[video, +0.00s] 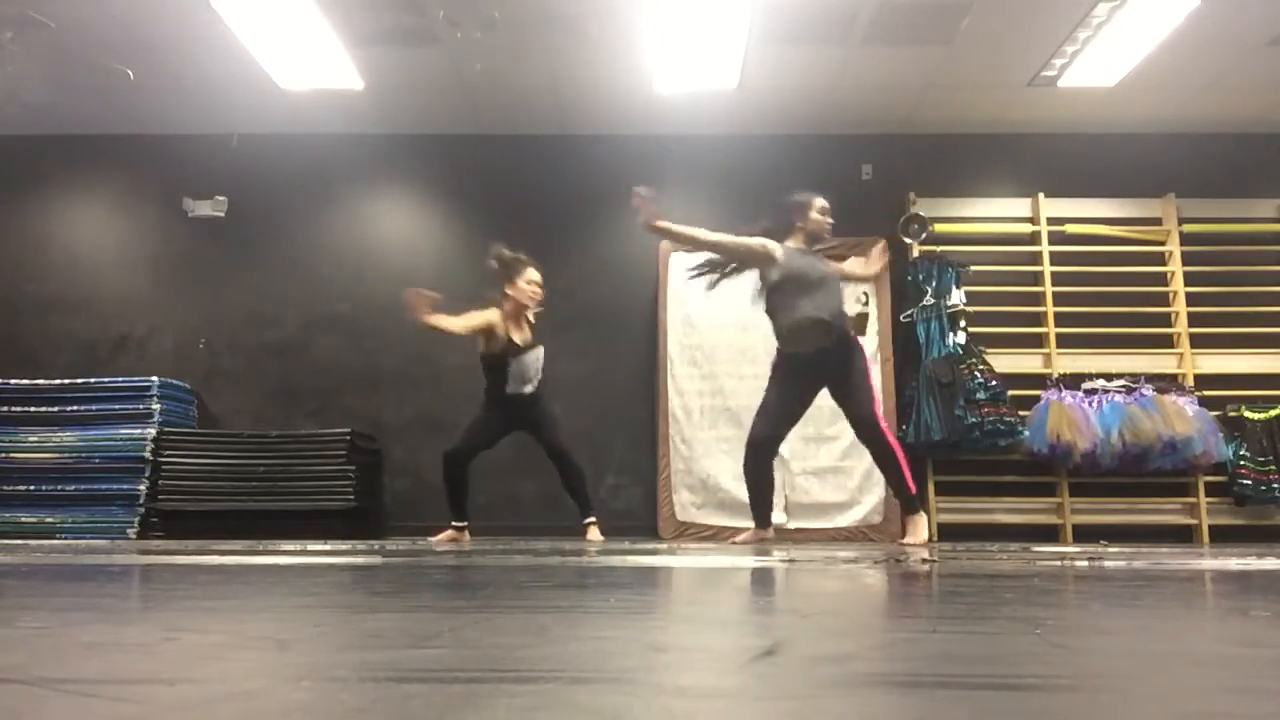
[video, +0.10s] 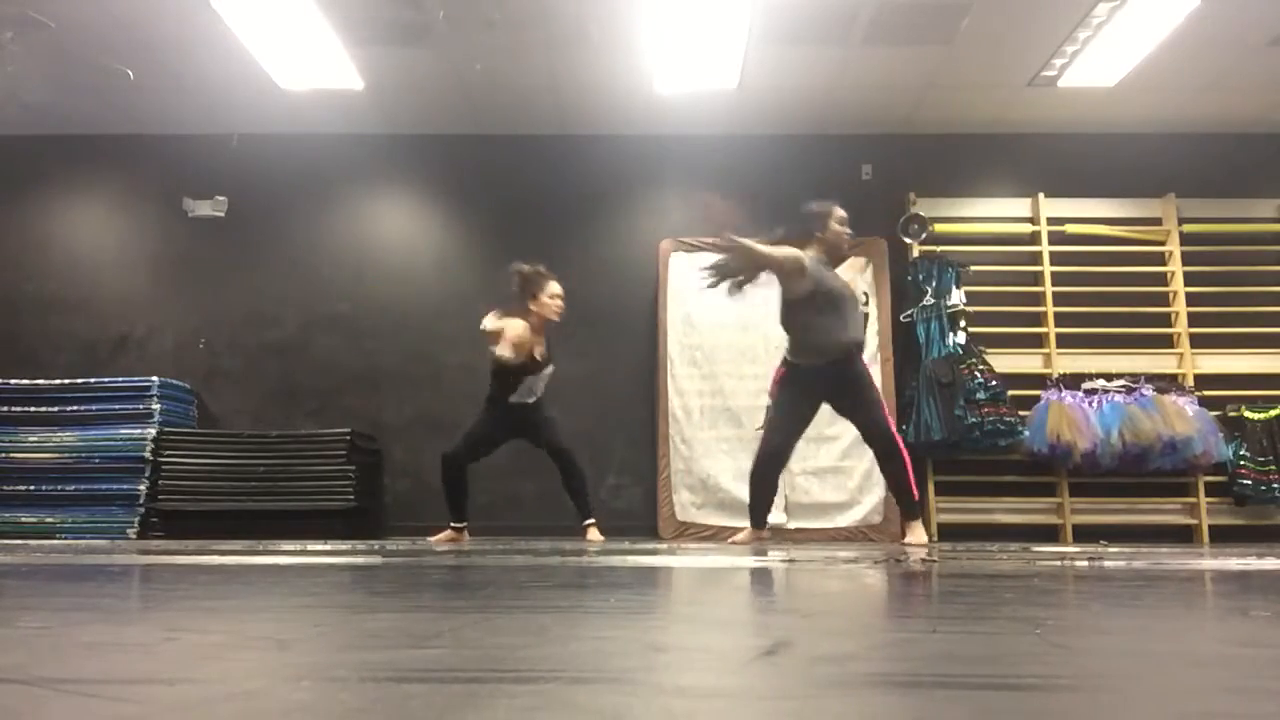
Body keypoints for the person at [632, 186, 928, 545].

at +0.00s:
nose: (831, 221)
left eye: (830, 214)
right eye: (824, 213)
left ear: (812, 221)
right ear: (800, 217)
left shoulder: (824, 264)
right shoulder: (770, 252)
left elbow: (865, 270)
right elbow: (714, 241)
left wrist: (880, 254)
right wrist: (656, 225)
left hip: (843, 356)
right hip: (796, 361)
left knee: (870, 429)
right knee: (760, 442)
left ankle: (914, 514)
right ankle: (762, 528)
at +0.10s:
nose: (849, 231)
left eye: (848, 224)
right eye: (841, 223)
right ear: (818, 228)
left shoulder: (841, 276)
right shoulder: (800, 262)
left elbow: (856, 269)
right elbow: (772, 256)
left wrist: (862, 256)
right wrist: (745, 247)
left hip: (847, 372)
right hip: (801, 374)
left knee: (885, 440)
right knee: (772, 452)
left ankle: (913, 522)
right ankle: (757, 528)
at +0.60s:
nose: (903, 182)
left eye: (911, 175)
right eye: (896, 177)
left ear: (924, 180)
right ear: (887, 182)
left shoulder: (926, 208)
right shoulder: (888, 202)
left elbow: (928, 238)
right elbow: (867, 158)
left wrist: (901, 287)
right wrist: (827, 136)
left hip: (893, 326)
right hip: (858, 320)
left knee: (890, 424)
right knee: (780, 327)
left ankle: (914, 527)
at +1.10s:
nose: (856, 273)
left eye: (860, 264)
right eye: (854, 266)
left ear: (886, 262)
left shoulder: (912, 284)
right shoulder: (887, 305)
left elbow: (918, 344)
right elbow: (900, 375)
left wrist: (864, 336)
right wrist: (861, 362)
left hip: (979, 371)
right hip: (949, 379)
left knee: (916, 433)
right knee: (934, 467)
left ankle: (914, 530)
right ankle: (1018, 489)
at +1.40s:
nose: (919, 282)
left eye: (918, 273)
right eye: (914, 275)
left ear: (935, 263)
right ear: (951, 257)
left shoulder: (956, 300)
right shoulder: (996, 276)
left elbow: (978, 360)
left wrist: (978, 377)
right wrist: (981, 365)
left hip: (1027, 364)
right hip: (1064, 361)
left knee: (950, 428)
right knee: (1046, 458)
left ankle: (921, 523)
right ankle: (1117, 523)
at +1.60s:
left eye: (972, 214)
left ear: (973, 220)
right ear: (1007, 208)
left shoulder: (966, 263)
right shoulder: (1026, 222)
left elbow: (974, 311)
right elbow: (1066, 176)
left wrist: (975, 282)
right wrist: (1055, 170)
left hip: (1022, 354)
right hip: (1065, 346)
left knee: (966, 432)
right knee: (1072, 447)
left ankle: (926, 520)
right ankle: (1120, 527)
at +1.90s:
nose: (1043, 215)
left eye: (1040, 209)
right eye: (1038, 209)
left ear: (999, 215)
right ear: (1026, 214)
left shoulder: (975, 252)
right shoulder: (1041, 243)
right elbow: (1091, 193)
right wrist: (1127, 145)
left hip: (1004, 345)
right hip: (1048, 338)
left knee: (968, 439)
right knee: (1083, 439)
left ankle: (924, 521)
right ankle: (1121, 528)